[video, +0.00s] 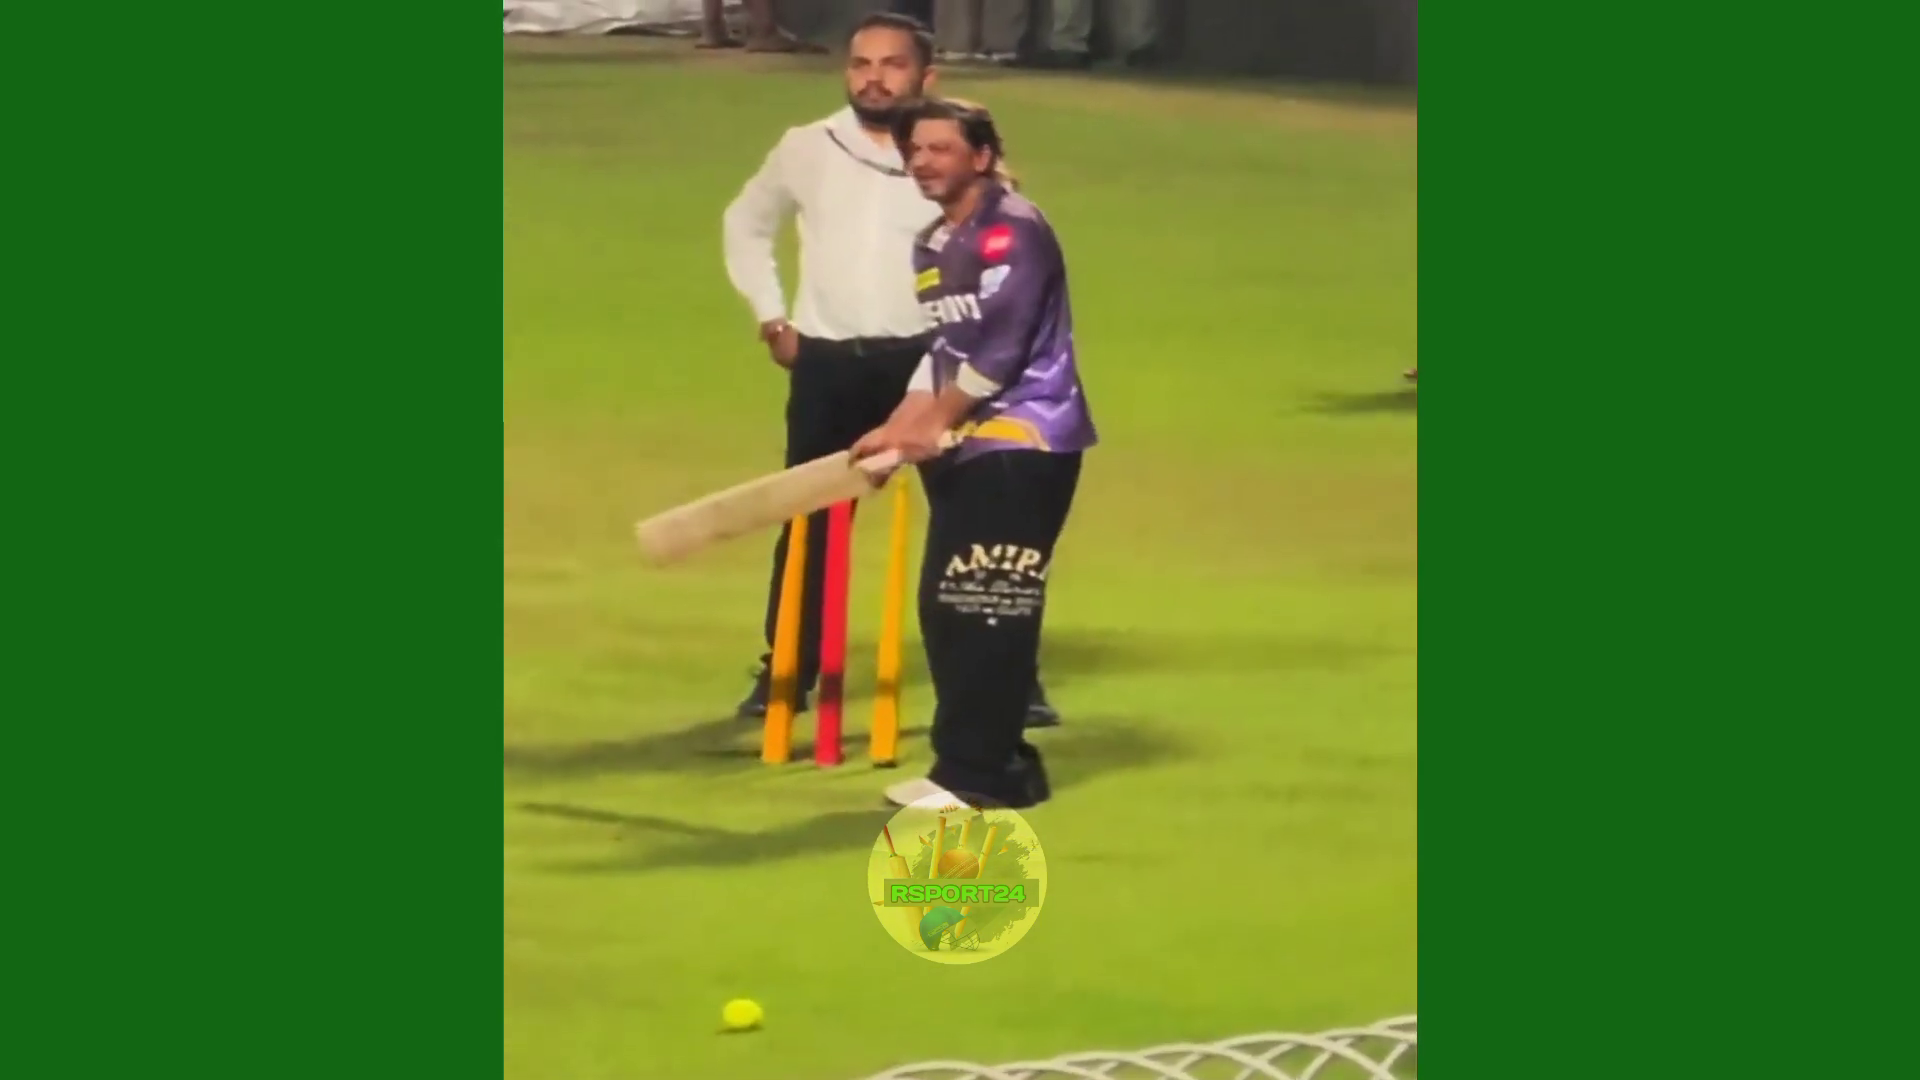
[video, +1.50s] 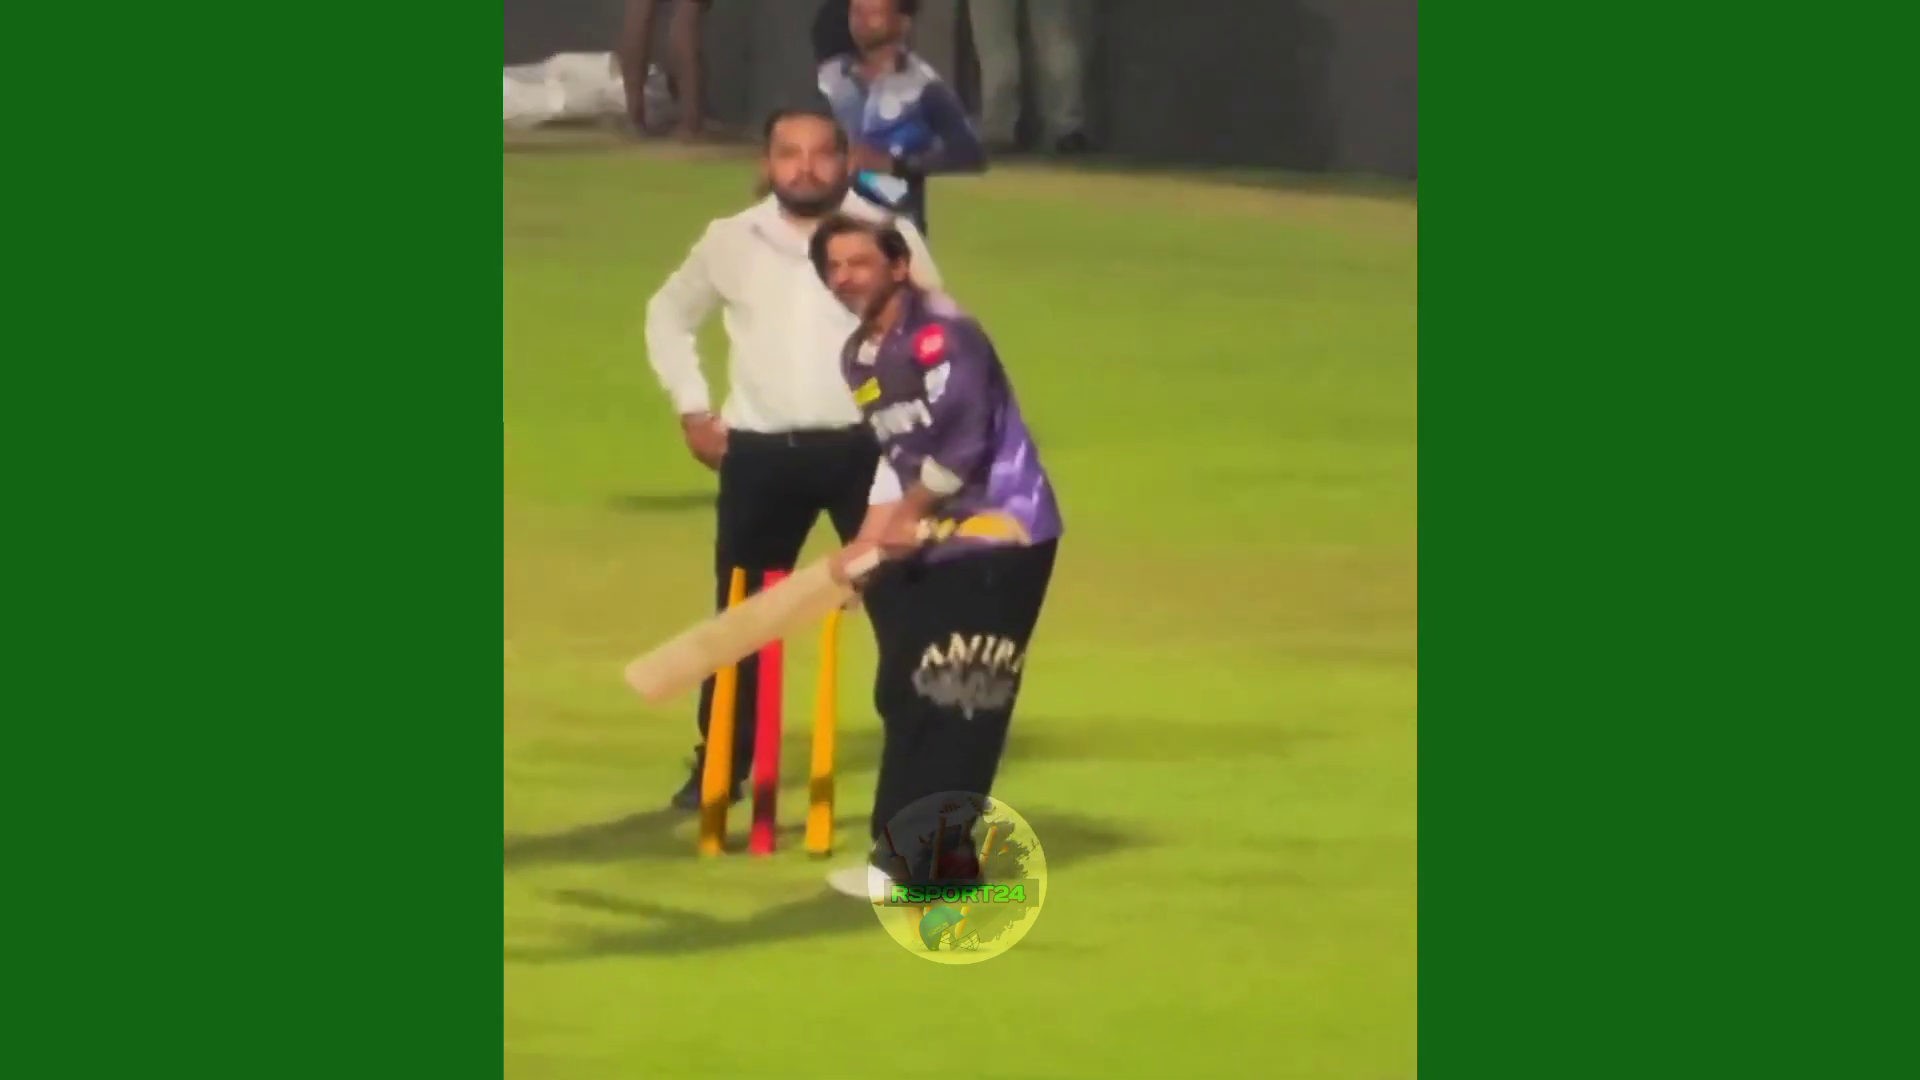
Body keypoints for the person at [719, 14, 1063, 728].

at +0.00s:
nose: (873, 77)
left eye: (891, 64)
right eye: (861, 63)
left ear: (924, 74)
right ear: (846, 70)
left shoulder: (951, 151)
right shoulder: (805, 149)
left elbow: (1000, 258)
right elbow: (745, 224)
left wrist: (974, 351)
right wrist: (770, 316)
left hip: (931, 362)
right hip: (829, 363)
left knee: (974, 526)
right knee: (809, 526)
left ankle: (1013, 681)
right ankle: (788, 674)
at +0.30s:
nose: (870, 107)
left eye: (887, 93)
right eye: (857, 93)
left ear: (917, 102)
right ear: (840, 100)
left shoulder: (943, 179)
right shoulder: (802, 177)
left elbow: (996, 277)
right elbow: (751, 252)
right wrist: (784, 339)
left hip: (924, 389)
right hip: (827, 389)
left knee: (974, 562)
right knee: (806, 556)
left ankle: (1012, 709)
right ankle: (785, 706)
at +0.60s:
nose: (842, 123)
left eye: (859, 110)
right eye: (829, 109)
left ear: (891, 119)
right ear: (813, 118)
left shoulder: (929, 191)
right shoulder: (777, 197)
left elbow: (982, 294)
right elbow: (721, 269)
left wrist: (960, 401)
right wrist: (744, 363)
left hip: (908, 409)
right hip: (805, 409)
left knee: (955, 580)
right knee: (783, 576)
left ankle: (980, 733)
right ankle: (762, 721)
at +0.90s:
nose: (827, 139)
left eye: (844, 125)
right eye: (814, 125)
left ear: (876, 134)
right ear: (798, 134)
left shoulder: (924, 211)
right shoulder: (760, 214)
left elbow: (970, 321)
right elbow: (704, 288)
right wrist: (729, 381)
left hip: (893, 428)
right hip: (790, 428)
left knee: (943, 604)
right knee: (768, 595)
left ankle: (970, 754)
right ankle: (747, 746)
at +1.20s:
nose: (838, 149)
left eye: (852, 136)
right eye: (821, 136)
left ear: (872, 144)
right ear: (795, 147)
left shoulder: (915, 221)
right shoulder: (754, 226)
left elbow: (964, 323)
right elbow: (693, 298)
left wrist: (943, 428)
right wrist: (720, 390)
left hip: (892, 438)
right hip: (785, 438)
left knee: (932, 594)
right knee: (760, 606)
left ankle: (955, 760)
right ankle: (737, 757)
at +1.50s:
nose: (806, 167)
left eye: (822, 153)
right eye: (790, 154)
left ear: (844, 160)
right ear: (768, 164)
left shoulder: (886, 233)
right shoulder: (731, 241)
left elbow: (944, 330)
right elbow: (666, 316)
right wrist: (695, 412)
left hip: (867, 453)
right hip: (761, 455)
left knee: (907, 616)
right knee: (739, 624)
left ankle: (926, 775)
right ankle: (715, 772)